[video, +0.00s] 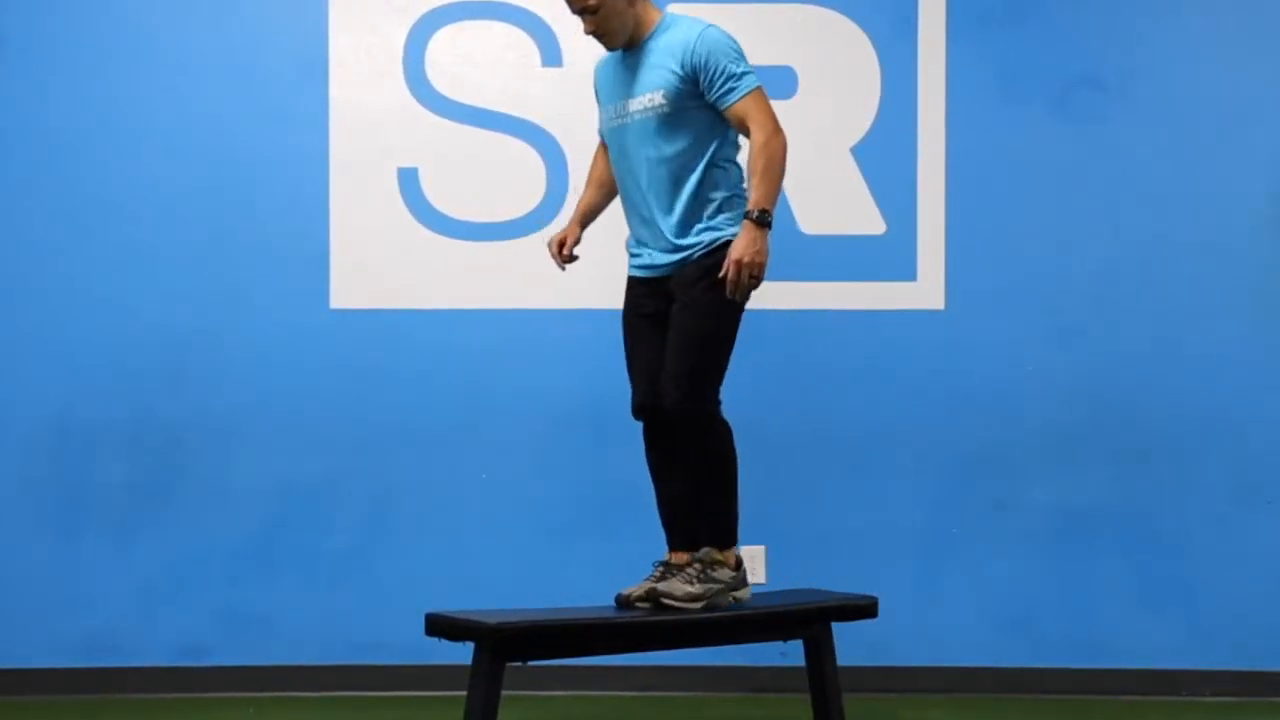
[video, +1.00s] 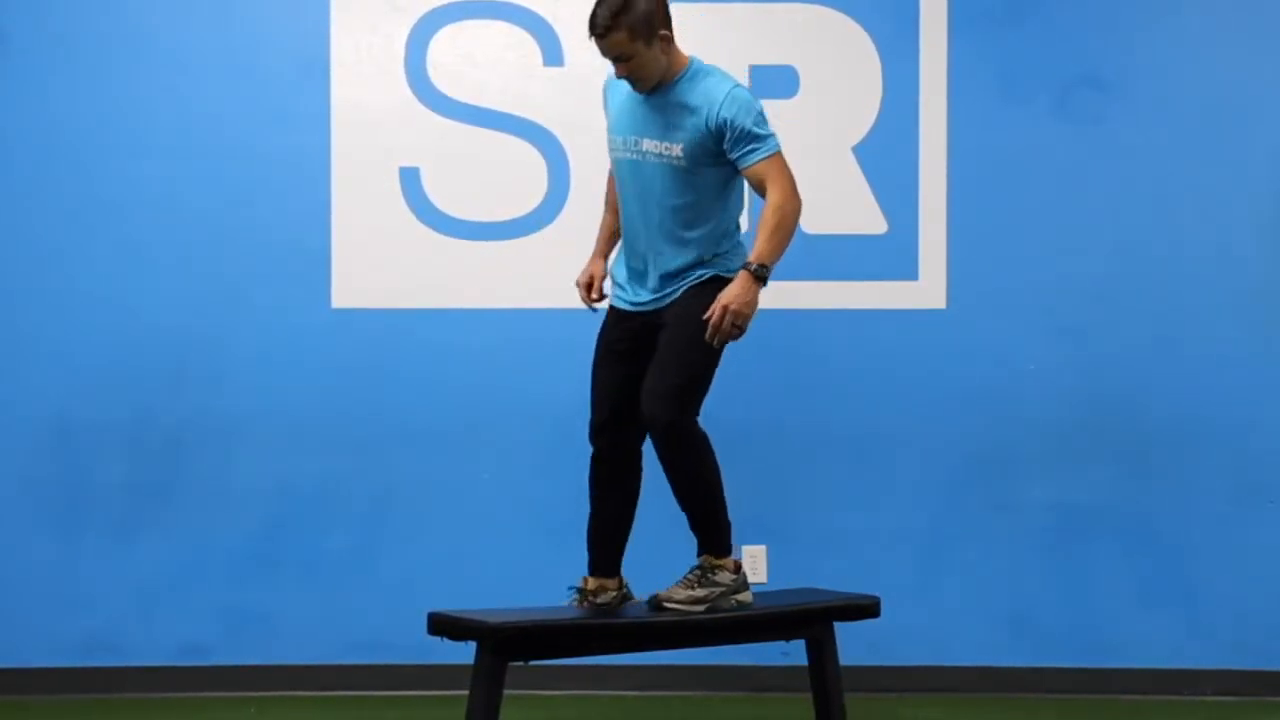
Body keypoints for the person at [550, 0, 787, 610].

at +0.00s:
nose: (583, 24)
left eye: (587, 10)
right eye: (577, 14)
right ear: (595, 11)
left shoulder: (699, 44)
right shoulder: (608, 70)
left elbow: (767, 134)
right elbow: (613, 154)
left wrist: (757, 225)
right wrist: (577, 220)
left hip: (712, 253)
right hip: (648, 265)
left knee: (689, 401)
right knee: (653, 409)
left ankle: (722, 562)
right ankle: (682, 561)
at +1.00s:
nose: (618, 71)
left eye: (625, 58)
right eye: (611, 60)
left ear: (663, 37)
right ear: (608, 49)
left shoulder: (724, 102)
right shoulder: (619, 91)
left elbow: (785, 198)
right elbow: (623, 175)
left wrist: (752, 277)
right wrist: (601, 253)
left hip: (703, 285)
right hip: (633, 288)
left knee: (667, 414)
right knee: (612, 429)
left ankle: (721, 569)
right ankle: (603, 581)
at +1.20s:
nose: (610, 160)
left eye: (620, 150)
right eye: (605, 149)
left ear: (657, 130)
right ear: (599, 136)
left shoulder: (709, 183)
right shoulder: (595, 169)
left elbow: (789, 258)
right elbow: (577, 237)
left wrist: (775, 340)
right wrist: (529, 306)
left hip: (694, 348)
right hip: (620, 362)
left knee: (635, 434)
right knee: (608, 508)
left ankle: (716, 566)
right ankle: (598, 655)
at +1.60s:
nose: (555, 217)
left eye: (561, 203)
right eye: (546, 206)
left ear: (597, 186)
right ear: (543, 201)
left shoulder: (657, 230)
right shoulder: (556, 250)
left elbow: (736, 298)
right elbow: (560, 336)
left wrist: (750, 382)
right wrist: (531, 412)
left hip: (682, 387)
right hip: (612, 415)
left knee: (623, 425)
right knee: (613, 567)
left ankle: (712, 558)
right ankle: (630, 707)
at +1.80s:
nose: (541, 214)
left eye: (546, 199)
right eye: (534, 204)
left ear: (581, 181)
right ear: (538, 197)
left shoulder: (644, 224)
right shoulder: (553, 247)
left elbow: (720, 292)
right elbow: (569, 333)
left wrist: (737, 372)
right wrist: (549, 418)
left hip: (671, 378)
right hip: (607, 404)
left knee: (602, 422)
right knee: (618, 563)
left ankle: (708, 553)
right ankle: (630, 705)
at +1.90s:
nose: (537, 211)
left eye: (541, 196)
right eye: (529, 201)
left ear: (577, 178)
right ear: (530, 195)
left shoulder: (640, 221)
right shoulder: (549, 244)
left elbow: (717, 288)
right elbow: (564, 328)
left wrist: (719, 361)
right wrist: (544, 414)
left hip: (667, 373)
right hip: (606, 397)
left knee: (586, 413)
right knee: (620, 555)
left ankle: (694, 532)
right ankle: (631, 702)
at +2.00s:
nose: (536, 208)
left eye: (540, 194)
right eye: (528, 199)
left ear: (575, 175)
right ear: (530, 192)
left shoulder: (638, 219)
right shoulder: (549, 243)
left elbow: (716, 284)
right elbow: (560, 329)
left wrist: (702, 345)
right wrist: (536, 414)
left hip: (661, 378)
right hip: (603, 400)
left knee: (571, 427)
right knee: (617, 557)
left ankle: (674, 522)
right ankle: (632, 704)